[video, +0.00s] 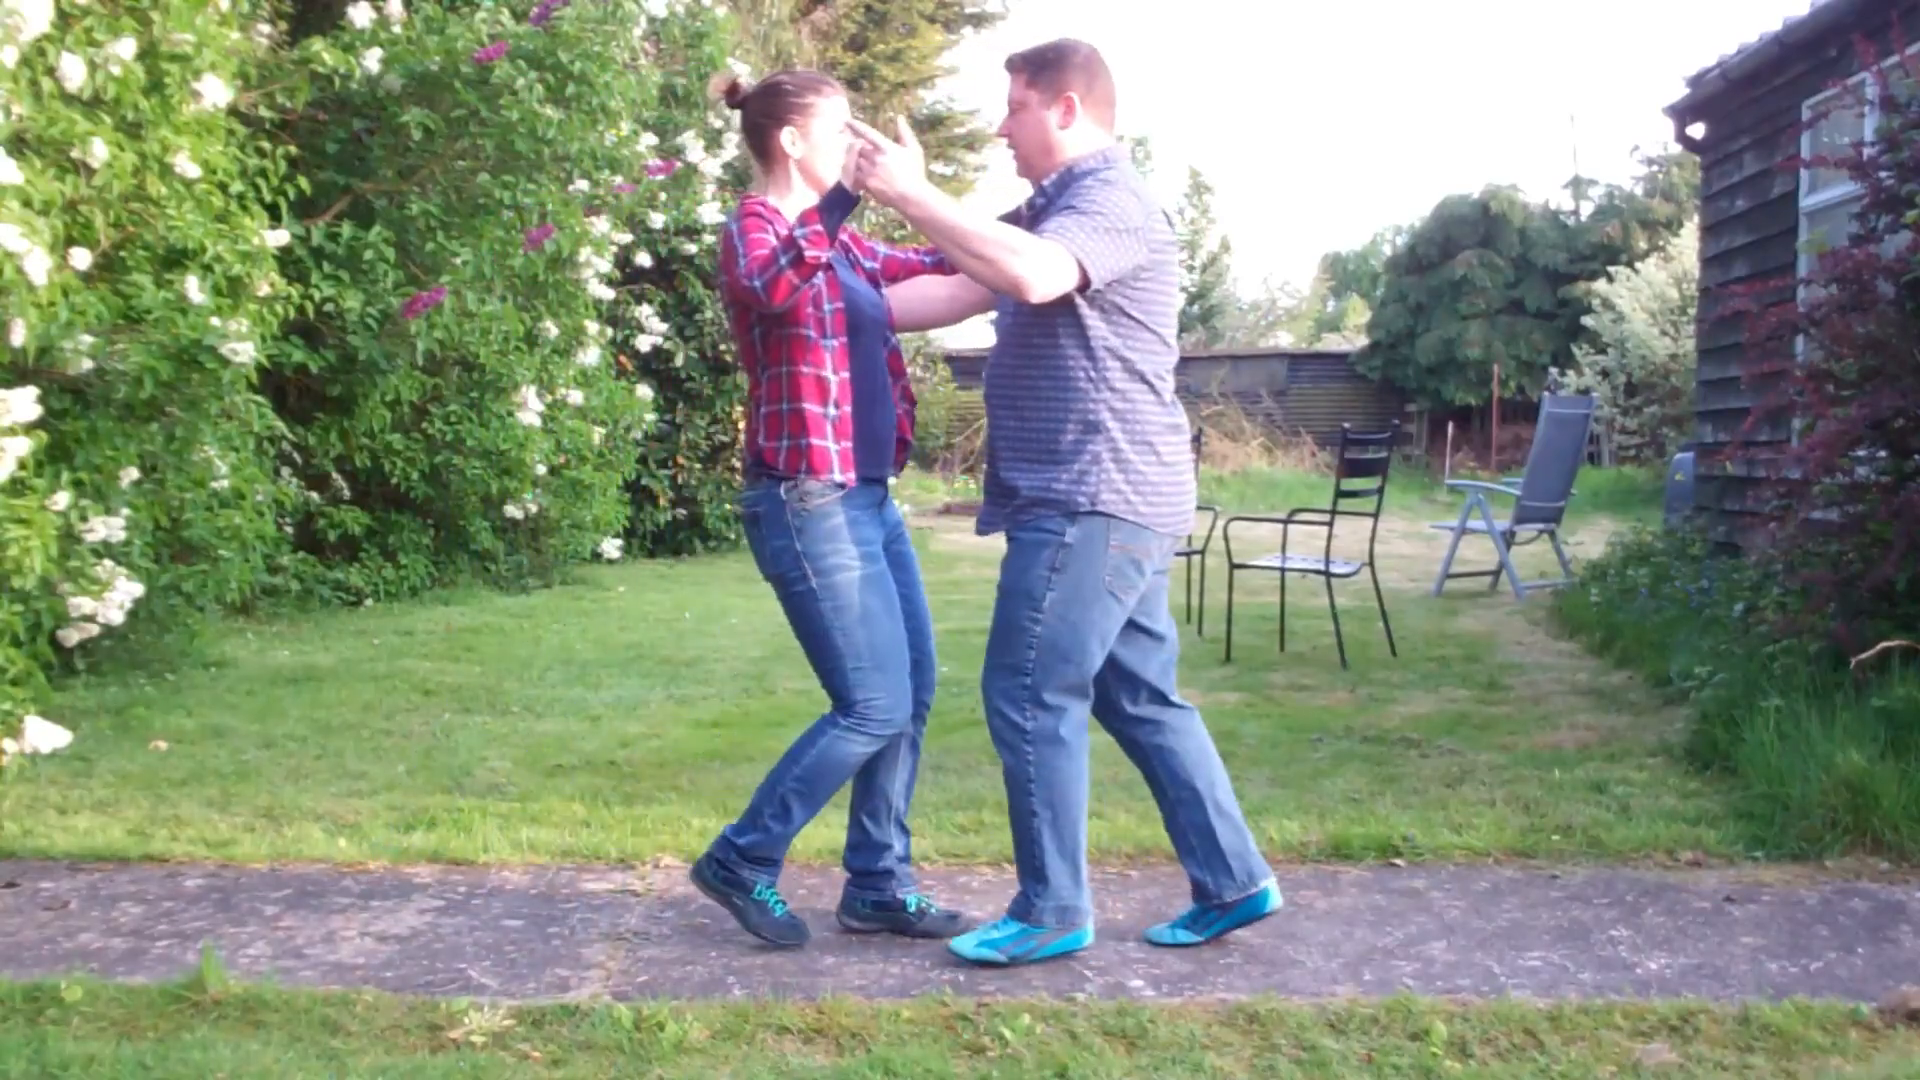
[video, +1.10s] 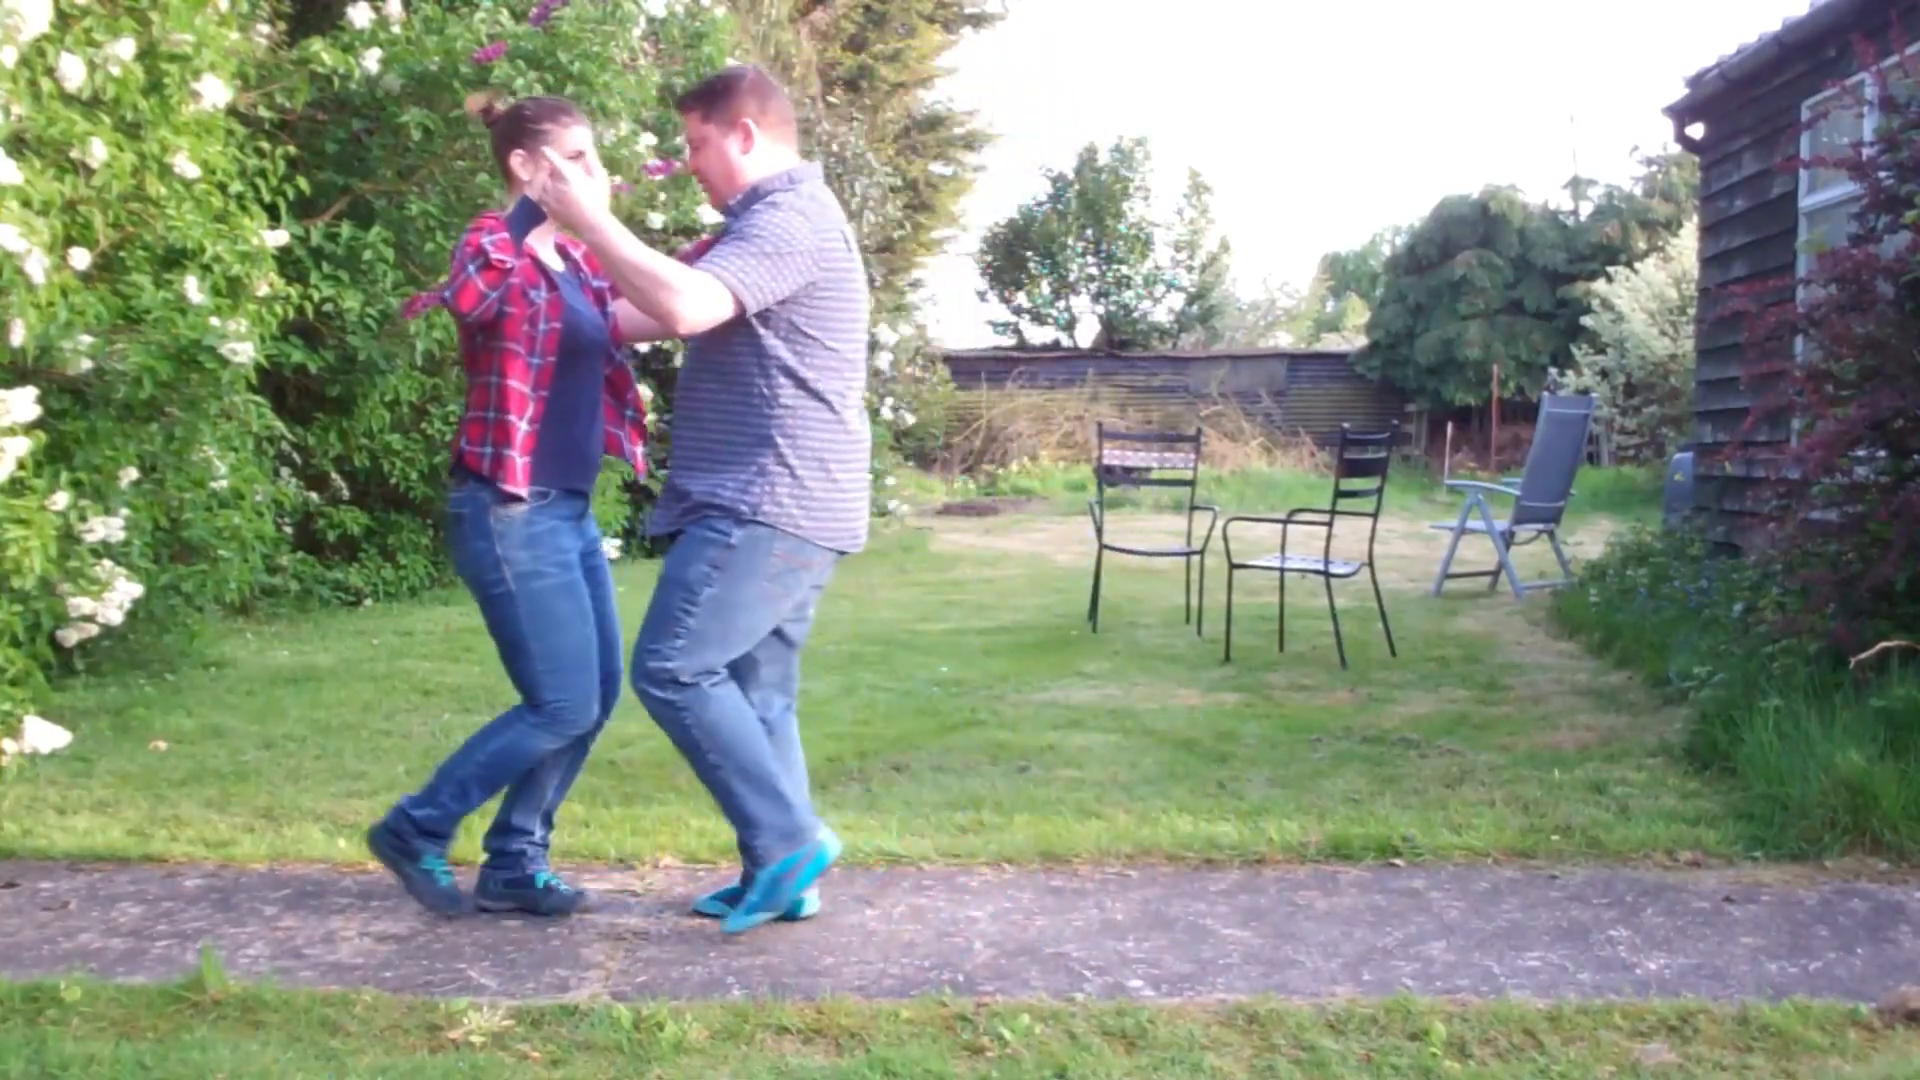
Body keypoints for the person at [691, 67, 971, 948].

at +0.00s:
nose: (855, 146)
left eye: (854, 131)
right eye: (842, 129)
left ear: (805, 143)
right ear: (789, 137)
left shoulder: (840, 239)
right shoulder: (754, 222)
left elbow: (942, 264)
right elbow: (765, 290)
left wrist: (1028, 229)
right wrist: (844, 199)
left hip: (867, 492)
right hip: (803, 497)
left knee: (911, 688)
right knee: (874, 705)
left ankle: (876, 886)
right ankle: (737, 861)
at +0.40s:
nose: (801, 146)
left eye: (799, 130)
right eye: (784, 130)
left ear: (761, 144)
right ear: (731, 139)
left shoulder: (775, 238)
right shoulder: (697, 221)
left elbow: (869, 267)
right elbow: (692, 293)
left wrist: (945, 243)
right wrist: (736, 200)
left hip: (768, 492)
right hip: (717, 492)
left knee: (848, 664)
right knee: (765, 699)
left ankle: (776, 849)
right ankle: (692, 893)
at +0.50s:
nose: (768, 149)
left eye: (765, 133)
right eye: (753, 132)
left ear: (725, 139)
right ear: (704, 135)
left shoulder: (752, 241)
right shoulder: (660, 226)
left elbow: (842, 266)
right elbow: (663, 286)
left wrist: (919, 248)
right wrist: (700, 188)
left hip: (747, 488)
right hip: (694, 487)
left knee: (795, 680)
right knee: (750, 695)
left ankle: (653, 820)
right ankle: (692, 899)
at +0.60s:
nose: (742, 153)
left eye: (743, 137)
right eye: (730, 135)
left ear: (702, 134)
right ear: (680, 131)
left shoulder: (726, 240)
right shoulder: (636, 228)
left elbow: (811, 264)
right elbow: (621, 278)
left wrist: (888, 248)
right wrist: (663, 176)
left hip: (714, 486)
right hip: (674, 486)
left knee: (698, 693)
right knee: (734, 693)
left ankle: (567, 823)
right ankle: (690, 896)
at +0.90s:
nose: (654, 163)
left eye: (653, 148)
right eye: (640, 146)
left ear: (606, 150)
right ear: (591, 148)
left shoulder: (633, 251)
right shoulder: (546, 227)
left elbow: (684, 309)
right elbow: (528, 287)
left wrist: (766, 286)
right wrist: (594, 195)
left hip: (605, 493)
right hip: (556, 490)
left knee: (589, 696)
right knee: (658, 676)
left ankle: (512, 861)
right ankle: (608, 872)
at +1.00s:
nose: (622, 168)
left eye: (621, 152)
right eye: (606, 152)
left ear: (586, 160)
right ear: (556, 159)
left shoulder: (605, 256)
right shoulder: (520, 234)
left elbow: (678, 314)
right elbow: (499, 296)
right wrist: (567, 207)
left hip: (585, 501)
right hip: (530, 499)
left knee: (600, 691)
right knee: (618, 688)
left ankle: (512, 858)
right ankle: (508, 859)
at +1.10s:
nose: (592, 175)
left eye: (594, 159)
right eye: (576, 159)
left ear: (589, 170)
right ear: (526, 166)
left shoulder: (585, 260)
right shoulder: (494, 243)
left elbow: (625, 325)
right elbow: (469, 302)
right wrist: (537, 224)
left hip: (570, 508)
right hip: (507, 512)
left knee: (597, 692)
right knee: (564, 705)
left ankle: (513, 864)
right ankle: (412, 831)